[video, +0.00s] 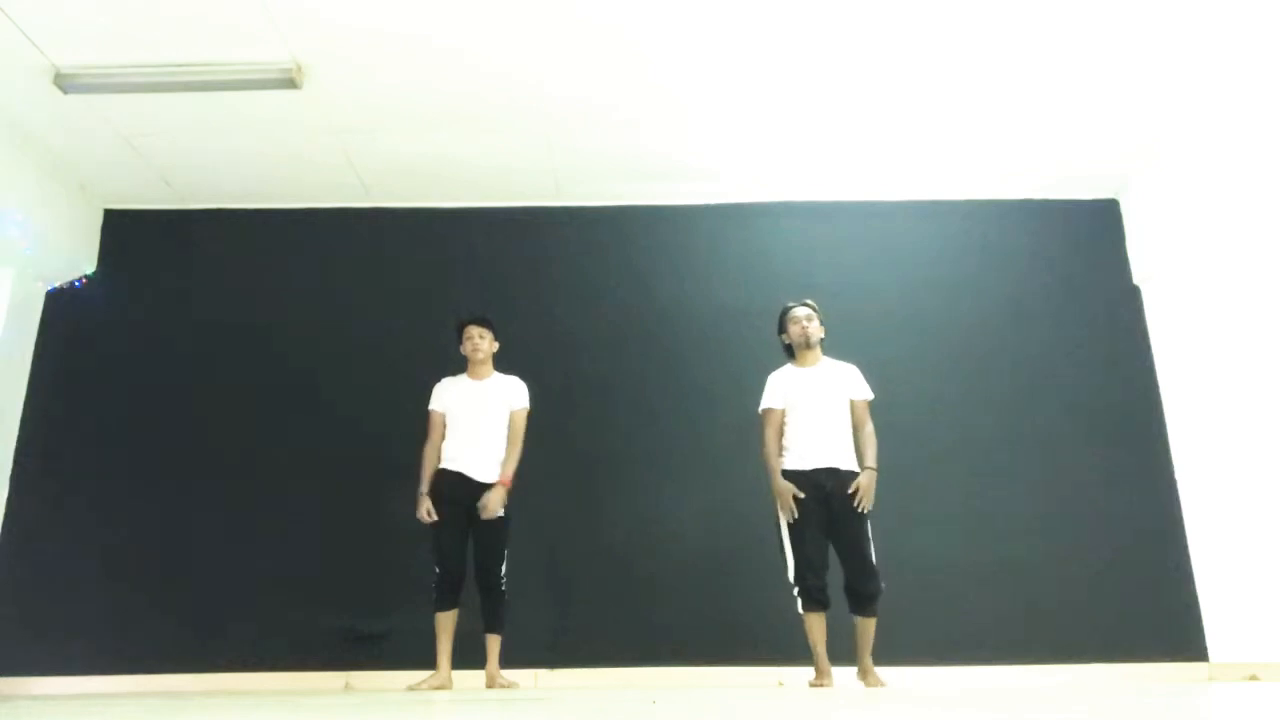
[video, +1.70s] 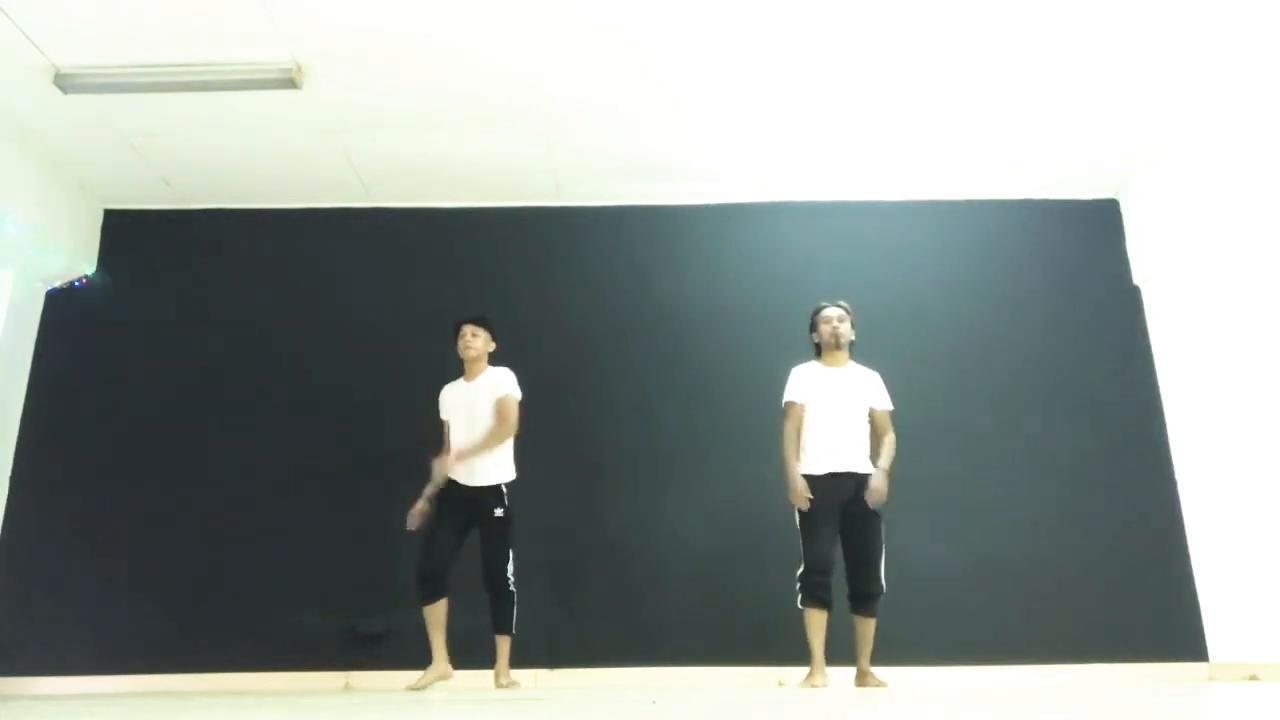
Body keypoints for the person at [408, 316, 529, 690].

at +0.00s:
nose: (475, 343)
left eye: (482, 338)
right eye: (469, 339)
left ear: (495, 346)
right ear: (461, 348)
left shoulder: (513, 387)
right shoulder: (445, 387)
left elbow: (515, 442)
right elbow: (433, 441)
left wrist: (501, 487)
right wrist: (424, 490)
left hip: (491, 489)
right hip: (449, 486)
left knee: (492, 578)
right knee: (448, 576)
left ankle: (493, 671)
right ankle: (443, 672)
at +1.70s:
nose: (468, 341)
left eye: (476, 336)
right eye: (463, 336)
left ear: (491, 346)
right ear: (457, 347)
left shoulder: (502, 377)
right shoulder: (449, 393)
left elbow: (507, 428)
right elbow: (447, 454)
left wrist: (464, 454)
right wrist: (426, 498)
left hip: (495, 492)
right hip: (456, 491)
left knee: (499, 576)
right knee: (430, 568)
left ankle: (502, 670)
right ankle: (440, 662)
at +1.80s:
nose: (462, 342)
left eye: (471, 337)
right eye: (459, 337)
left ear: (487, 347)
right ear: (453, 347)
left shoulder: (493, 376)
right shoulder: (451, 393)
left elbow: (477, 418)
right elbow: (464, 437)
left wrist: (434, 423)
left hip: (491, 491)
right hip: (454, 491)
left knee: (498, 577)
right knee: (420, 565)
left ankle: (502, 670)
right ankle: (436, 660)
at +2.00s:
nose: (449, 348)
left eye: (458, 344)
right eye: (446, 343)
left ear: (475, 355)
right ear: (444, 352)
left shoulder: (462, 378)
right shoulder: (461, 389)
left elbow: (417, 416)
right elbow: (491, 447)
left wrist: (416, 404)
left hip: (460, 493)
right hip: (438, 495)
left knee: (473, 577)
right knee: (406, 573)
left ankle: (502, 670)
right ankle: (427, 670)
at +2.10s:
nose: (441, 350)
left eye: (451, 347)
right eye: (442, 344)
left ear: (467, 359)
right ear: (443, 350)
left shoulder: (445, 385)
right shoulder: (461, 395)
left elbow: (399, 424)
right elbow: (482, 457)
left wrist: (391, 406)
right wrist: (462, 490)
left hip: (437, 494)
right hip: (425, 495)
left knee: (435, 582)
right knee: (398, 584)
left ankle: (494, 649)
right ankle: (425, 671)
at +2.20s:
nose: (435, 350)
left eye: (445, 346)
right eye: (437, 343)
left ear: (462, 358)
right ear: (438, 348)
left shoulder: (434, 383)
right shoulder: (460, 401)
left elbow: (375, 404)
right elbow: (441, 463)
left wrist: (342, 378)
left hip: (424, 496)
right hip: (432, 497)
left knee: (389, 577)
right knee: (391, 583)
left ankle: (460, 638)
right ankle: (425, 672)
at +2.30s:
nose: (429, 339)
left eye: (439, 336)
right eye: (432, 333)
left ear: (456, 349)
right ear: (440, 343)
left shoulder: (423, 375)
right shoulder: (454, 391)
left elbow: (359, 369)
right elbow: (407, 427)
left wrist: (306, 336)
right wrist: (375, 398)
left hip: (408, 487)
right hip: (430, 490)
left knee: (359, 558)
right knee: (397, 573)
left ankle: (394, 652)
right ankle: (424, 668)